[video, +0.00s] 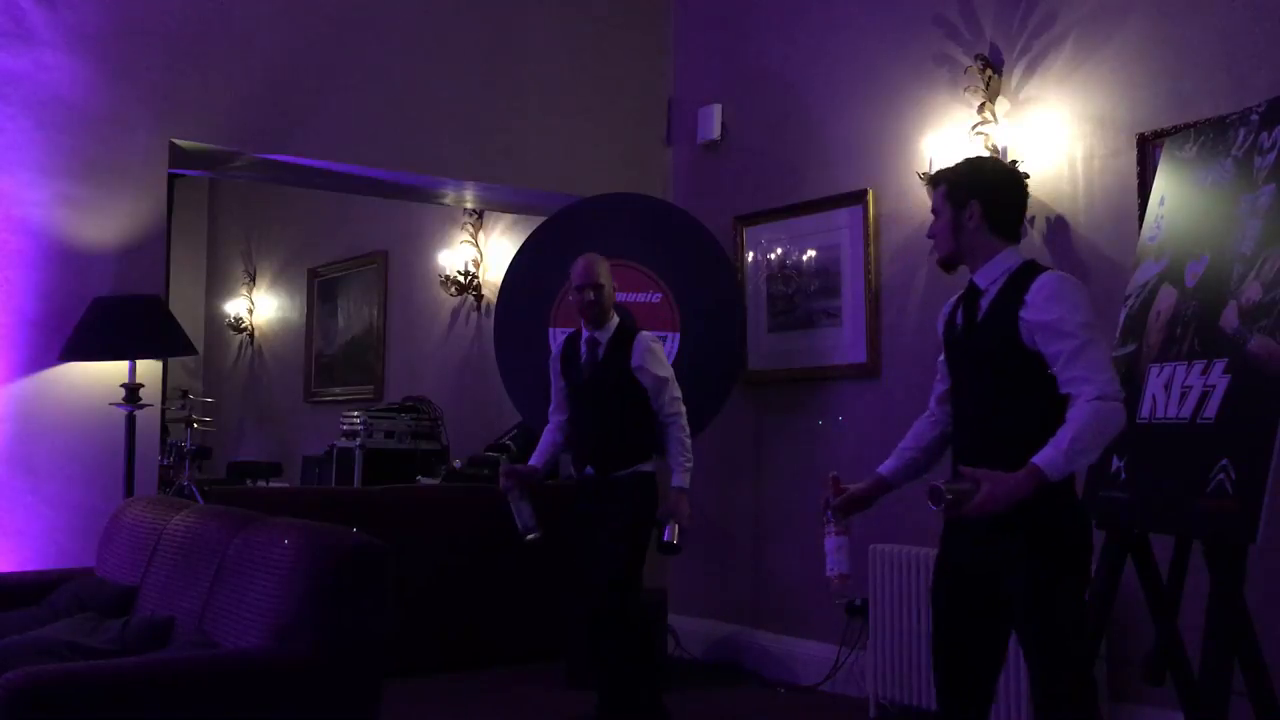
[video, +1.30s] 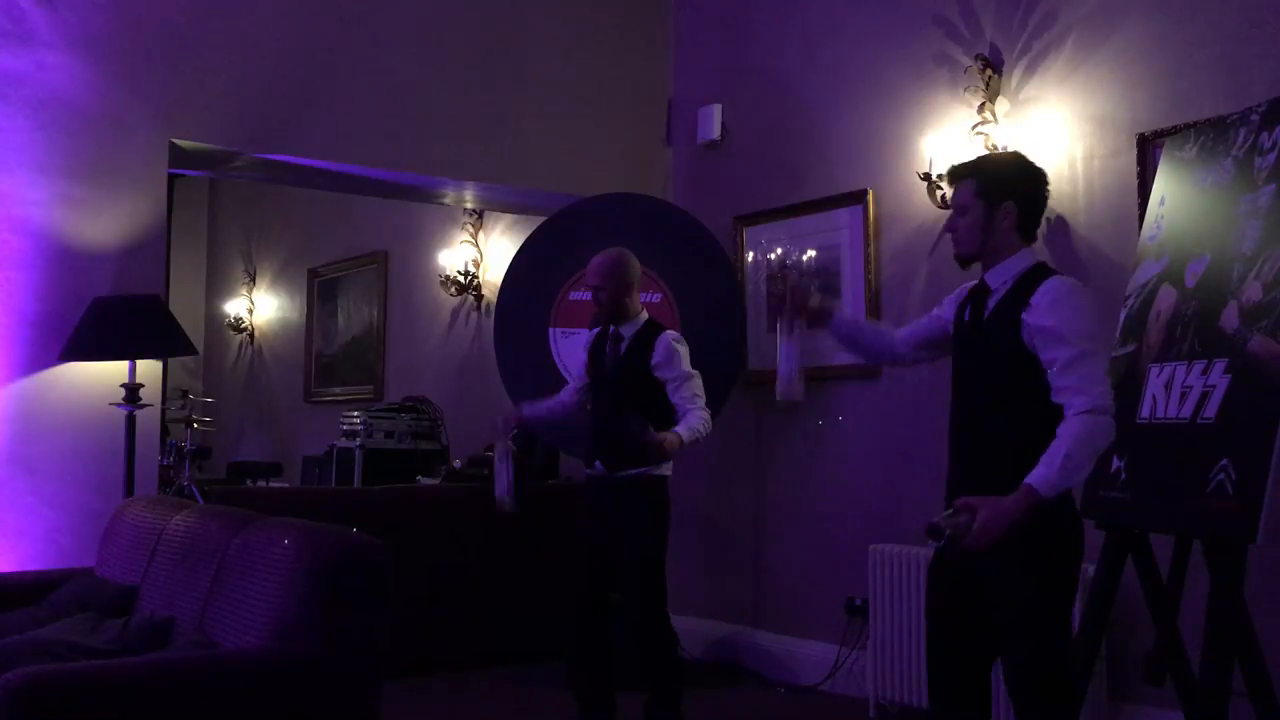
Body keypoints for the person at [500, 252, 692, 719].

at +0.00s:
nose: (589, 297)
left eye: (596, 288)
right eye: (580, 289)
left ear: (612, 291)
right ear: (570, 295)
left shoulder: (642, 347)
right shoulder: (565, 350)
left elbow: (674, 418)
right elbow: (559, 418)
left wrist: (679, 486)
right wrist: (534, 466)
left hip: (636, 485)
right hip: (587, 485)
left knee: (622, 591)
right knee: (591, 589)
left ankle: (633, 697)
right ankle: (602, 693)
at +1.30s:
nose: (591, 298)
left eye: (599, 291)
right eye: (589, 290)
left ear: (627, 290)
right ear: (597, 291)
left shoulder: (664, 344)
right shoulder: (595, 342)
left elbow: (699, 414)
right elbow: (572, 401)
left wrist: (672, 439)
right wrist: (523, 414)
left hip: (644, 488)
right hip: (599, 486)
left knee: (645, 603)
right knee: (594, 598)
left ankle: (662, 705)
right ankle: (595, 702)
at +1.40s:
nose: (593, 296)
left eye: (602, 288)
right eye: (591, 288)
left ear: (631, 288)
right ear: (598, 290)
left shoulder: (662, 344)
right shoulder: (600, 339)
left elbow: (699, 412)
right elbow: (564, 386)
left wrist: (693, 450)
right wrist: (528, 353)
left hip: (644, 486)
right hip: (601, 484)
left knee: (643, 600)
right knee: (597, 596)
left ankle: (661, 703)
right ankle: (596, 700)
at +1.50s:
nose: (588, 292)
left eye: (597, 284)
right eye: (588, 284)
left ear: (626, 287)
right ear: (606, 288)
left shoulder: (658, 343)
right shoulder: (598, 337)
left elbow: (693, 406)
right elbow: (558, 374)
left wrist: (708, 462)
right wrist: (537, 323)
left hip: (641, 487)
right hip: (601, 485)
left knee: (643, 602)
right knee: (597, 598)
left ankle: (661, 705)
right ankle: (596, 702)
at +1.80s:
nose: (573, 298)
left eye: (579, 290)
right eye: (572, 290)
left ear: (607, 291)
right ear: (594, 293)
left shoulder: (646, 347)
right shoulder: (586, 341)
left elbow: (679, 420)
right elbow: (543, 368)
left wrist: (698, 494)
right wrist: (504, 358)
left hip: (640, 489)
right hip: (599, 486)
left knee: (642, 602)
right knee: (596, 598)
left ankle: (660, 705)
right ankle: (596, 701)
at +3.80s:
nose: (616, 301)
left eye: (625, 293)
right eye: (611, 293)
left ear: (648, 294)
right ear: (605, 297)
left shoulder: (668, 352)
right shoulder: (603, 347)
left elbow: (651, 428)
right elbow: (561, 399)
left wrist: (617, 389)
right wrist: (543, 361)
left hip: (640, 489)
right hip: (596, 485)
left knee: (638, 599)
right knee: (592, 596)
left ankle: (658, 702)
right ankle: (593, 698)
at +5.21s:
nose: (652, 290)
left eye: (660, 283)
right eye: (644, 283)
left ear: (673, 289)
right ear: (629, 290)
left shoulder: (692, 345)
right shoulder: (615, 347)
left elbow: (705, 395)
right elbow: (597, 418)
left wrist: (670, 345)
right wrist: (572, 484)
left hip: (672, 493)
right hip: (617, 490)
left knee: (664, 602)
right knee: (599, 599)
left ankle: (677, 705)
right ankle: (589, 702)